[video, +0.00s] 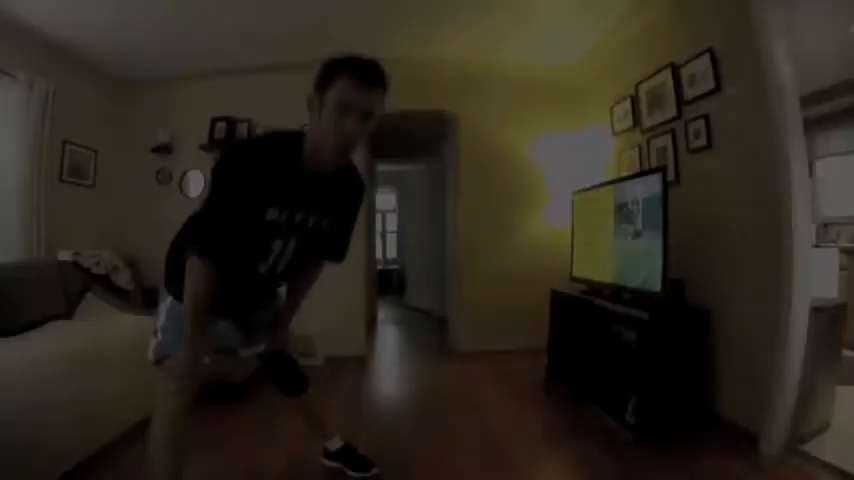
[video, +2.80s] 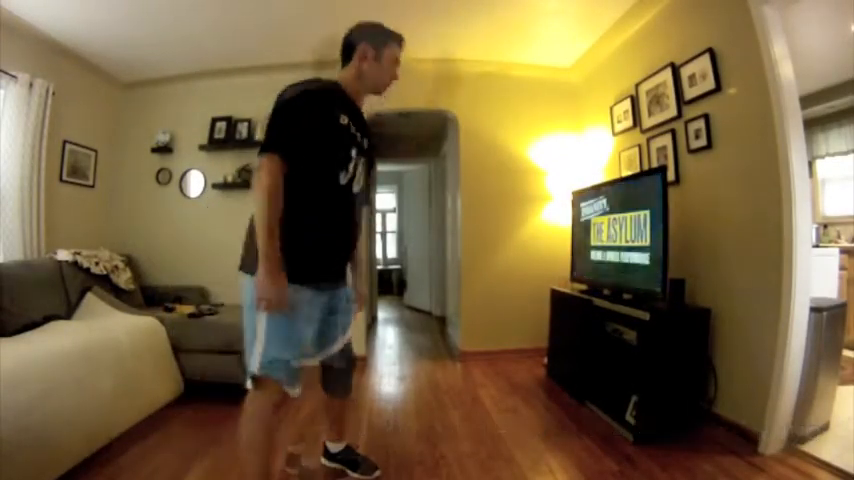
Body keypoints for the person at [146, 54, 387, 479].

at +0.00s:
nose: (354, 127)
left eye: (365, 117)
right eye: (345, 111)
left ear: (374, 121)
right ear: (316, 106)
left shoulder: (347, 186)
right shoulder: (252, 157)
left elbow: (311, 265)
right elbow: (203, 254)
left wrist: (281, 328)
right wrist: (193, 352)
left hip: (260, 286)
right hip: (201, 280)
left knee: (283, 367)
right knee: (181, 381)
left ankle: (331, 446)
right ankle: (164, 470)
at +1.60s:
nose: (354, 107)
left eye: (365, 97)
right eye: (345, 91)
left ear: (373, 104)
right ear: (317, 91)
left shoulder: (347, 172)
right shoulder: (258, 148)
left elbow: (327, 251)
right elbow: (210, 244)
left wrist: (313, 325)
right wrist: (242, 338)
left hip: (268, 288)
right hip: (207, 287)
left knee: (319, 368)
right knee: (198, 400)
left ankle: (336, 446)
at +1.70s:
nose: (357, 104)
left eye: (367, 95)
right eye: (347, 88)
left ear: (375, 103)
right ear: (319, 89)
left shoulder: (350, 171)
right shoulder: (261, 145)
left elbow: (330, 256)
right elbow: (215, 240)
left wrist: (318, 325)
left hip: (278, 291)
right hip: (213, 287)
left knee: (323, 369)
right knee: (201, 398)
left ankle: (335, 446)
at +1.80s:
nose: (360, 104)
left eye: (371, 95)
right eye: (350, 88)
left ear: (378, 103)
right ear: (322, 89)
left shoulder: (353, 172)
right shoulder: (266, 144)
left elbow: (333, 251)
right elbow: (226, 240)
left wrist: (321, 325)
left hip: (275, 286)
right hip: (214, 284)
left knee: (325, 367)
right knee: (202, 396)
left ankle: (335, 447)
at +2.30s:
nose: (397, 102)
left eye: (399, 91)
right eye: (393, 88)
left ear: (367, 83)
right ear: (361, 78)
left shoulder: (356, 161)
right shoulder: (289, 125)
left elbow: (337, 239)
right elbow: (252, 209)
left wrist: (329, 301)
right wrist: (309, 285)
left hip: (294, 290)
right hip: (232, 284)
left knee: (331, 370)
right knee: (206, 397)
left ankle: (335, 447)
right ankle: (178, 473)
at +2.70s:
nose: (400, 81)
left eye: (402, 71)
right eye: (397, 69)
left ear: (371, 64)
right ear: (369, 61)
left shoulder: (362, 134)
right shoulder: (307, 102)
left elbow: (353, 213)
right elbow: (269, 180)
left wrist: (353, 277)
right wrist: (262, 268)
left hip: (329, 275)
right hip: (281, 273)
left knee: (343, 363)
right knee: (263, 384)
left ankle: (336, 447)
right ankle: (230, 473)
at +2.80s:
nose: (396, 75)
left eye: (398, 65)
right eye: (393, 63)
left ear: (370, 60)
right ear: (364, 56)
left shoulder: (359, 128)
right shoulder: (303, 100)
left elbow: (354, 208)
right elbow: (267, 178)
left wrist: (356, 275)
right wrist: (269, 266)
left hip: (331, 273)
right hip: (282, 271)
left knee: (339, 368)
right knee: (270, 385)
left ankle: (336, 447)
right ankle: (259, 472)